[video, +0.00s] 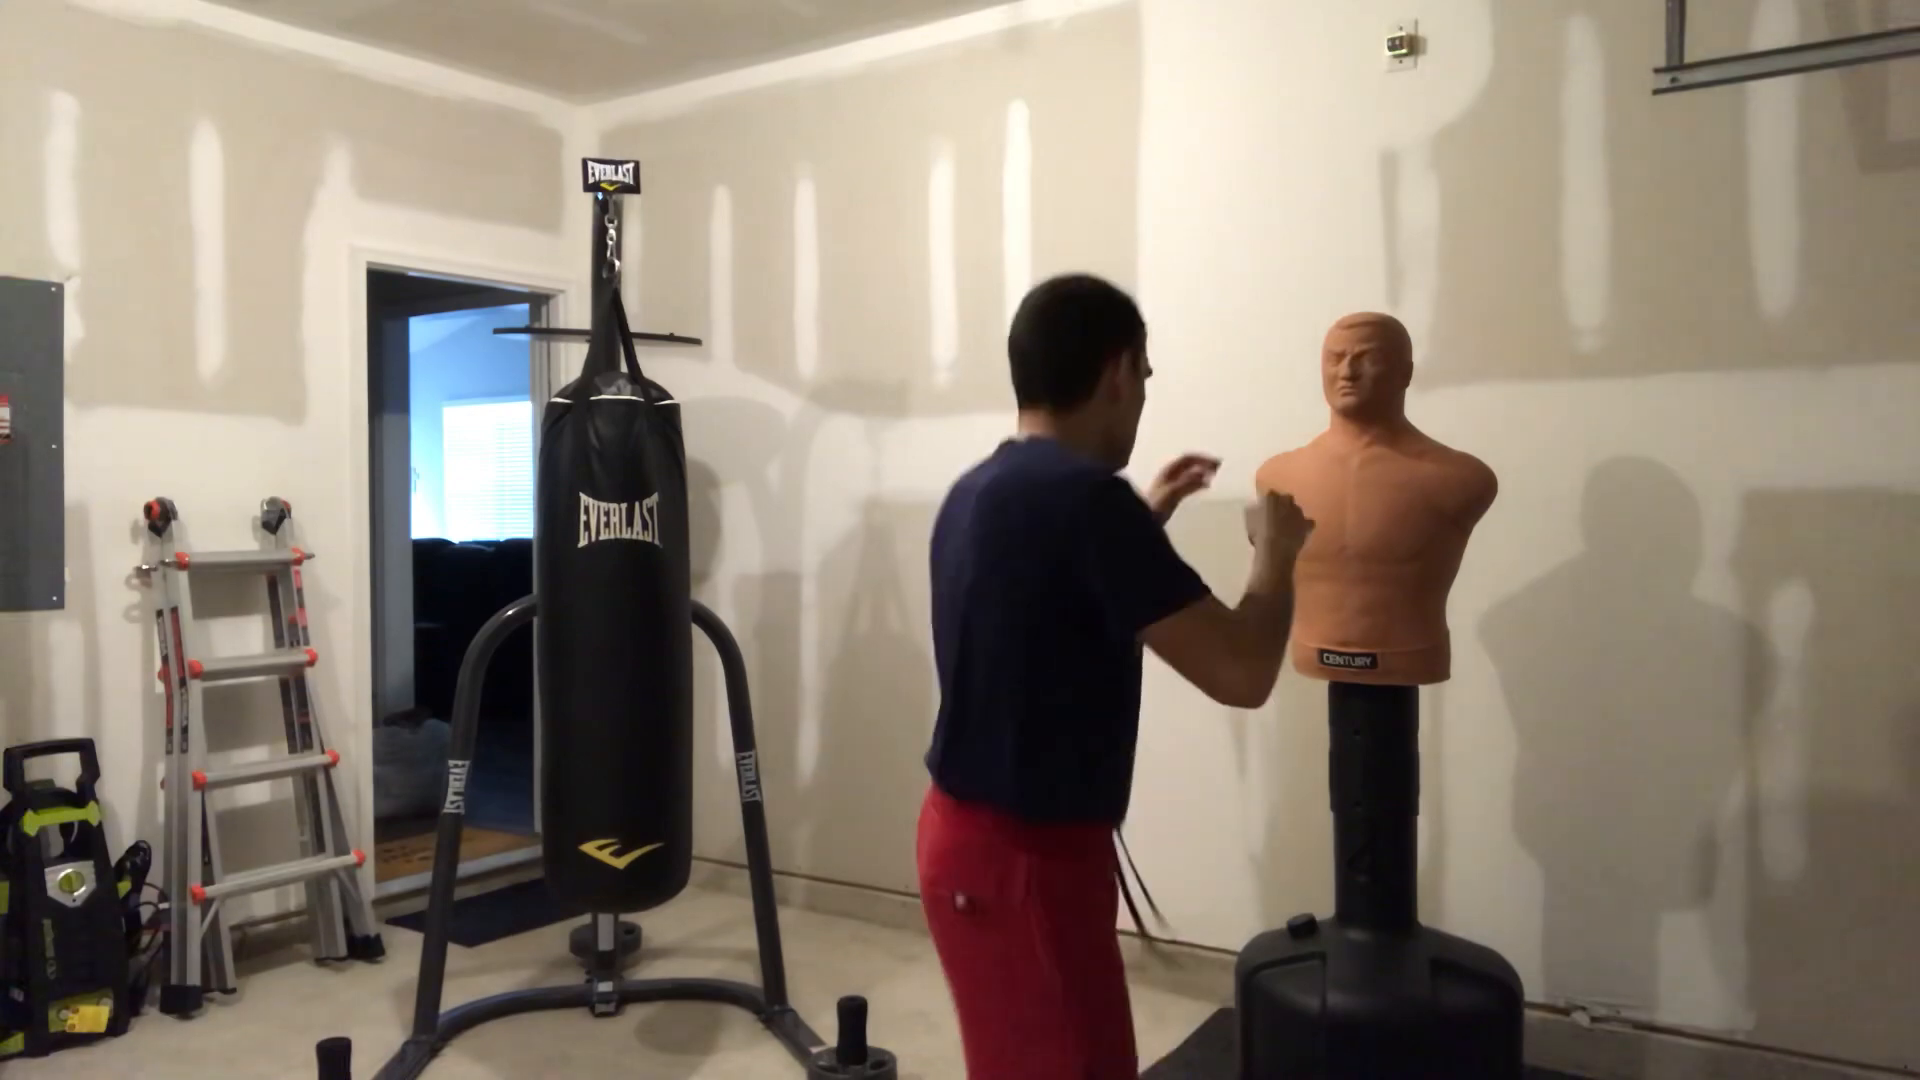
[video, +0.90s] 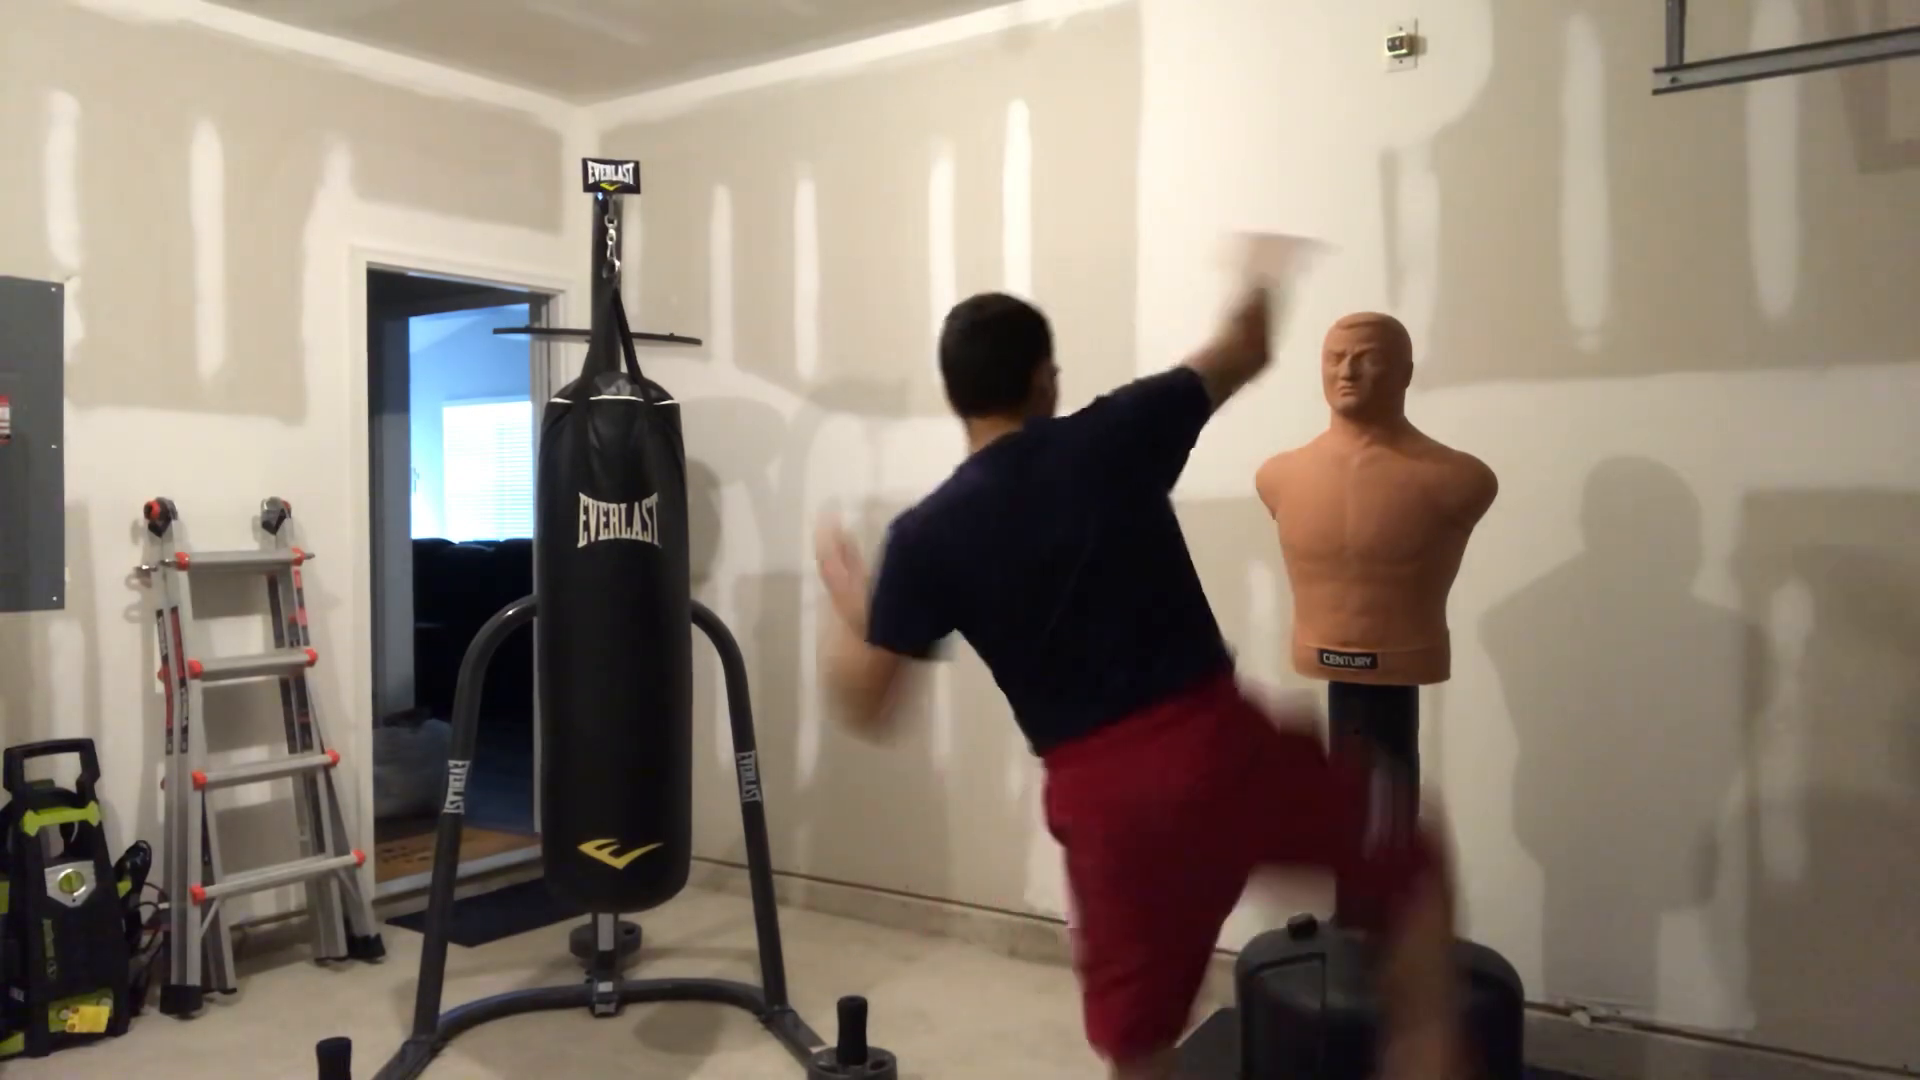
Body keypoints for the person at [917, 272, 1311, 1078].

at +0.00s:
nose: (1144, 398)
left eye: (1144, 376)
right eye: (1142, 375)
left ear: (1025, 375)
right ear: (1111, 376)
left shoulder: (974, 494)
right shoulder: (1084, 501)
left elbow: (1061, 616)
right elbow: (1242, 673)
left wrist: (1146, 516)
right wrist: (1274, 553)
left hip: (962, 843)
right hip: (1035, 855)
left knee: (1011, 1064)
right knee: (1088, 1065)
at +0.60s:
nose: (1148, 380)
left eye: (1144, 363)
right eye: (1144, 362)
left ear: (1032, 372)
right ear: (1127, 367)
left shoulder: (979, 489)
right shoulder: (1152, 486)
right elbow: (1304, 568)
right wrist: (1280, 461)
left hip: (980, 809)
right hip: (1069, 828)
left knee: (1106, 1041)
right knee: (1055, 1053)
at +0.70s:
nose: (1116, 382)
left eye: (1111, 369)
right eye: (1110, 370)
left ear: (1008, 389)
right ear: (1098, 378)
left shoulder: (966, 515)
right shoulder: (1148, 481)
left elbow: (940, 693)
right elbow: (1271, 475)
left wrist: (1018, 622)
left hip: (1021, 809)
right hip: (1121, 812)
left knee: (1065, 1031)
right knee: (1121, 1040)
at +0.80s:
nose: (1083, 381)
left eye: (1075, 366)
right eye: (1078, 367)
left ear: (977, 396)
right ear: (1068, 379)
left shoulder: (949, 535)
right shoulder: (1136, 456)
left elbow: (947, 730)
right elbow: (1225, 381)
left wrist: (977, 645)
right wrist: (1161, 295)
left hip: (1057, 798)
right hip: (1166, 784)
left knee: (1118, 1033)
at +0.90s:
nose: (1053, 379)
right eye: (1050, 368)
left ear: (951, 393)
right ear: (1046, 380)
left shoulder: (930, 537)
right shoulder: (1114, 437)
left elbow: (865, 702)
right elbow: (1241, 352)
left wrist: (847, 601)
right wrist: (1258, 286)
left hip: (1102, 801)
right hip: (1219, 751)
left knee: (1138, 1047)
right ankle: (1422, 1062)